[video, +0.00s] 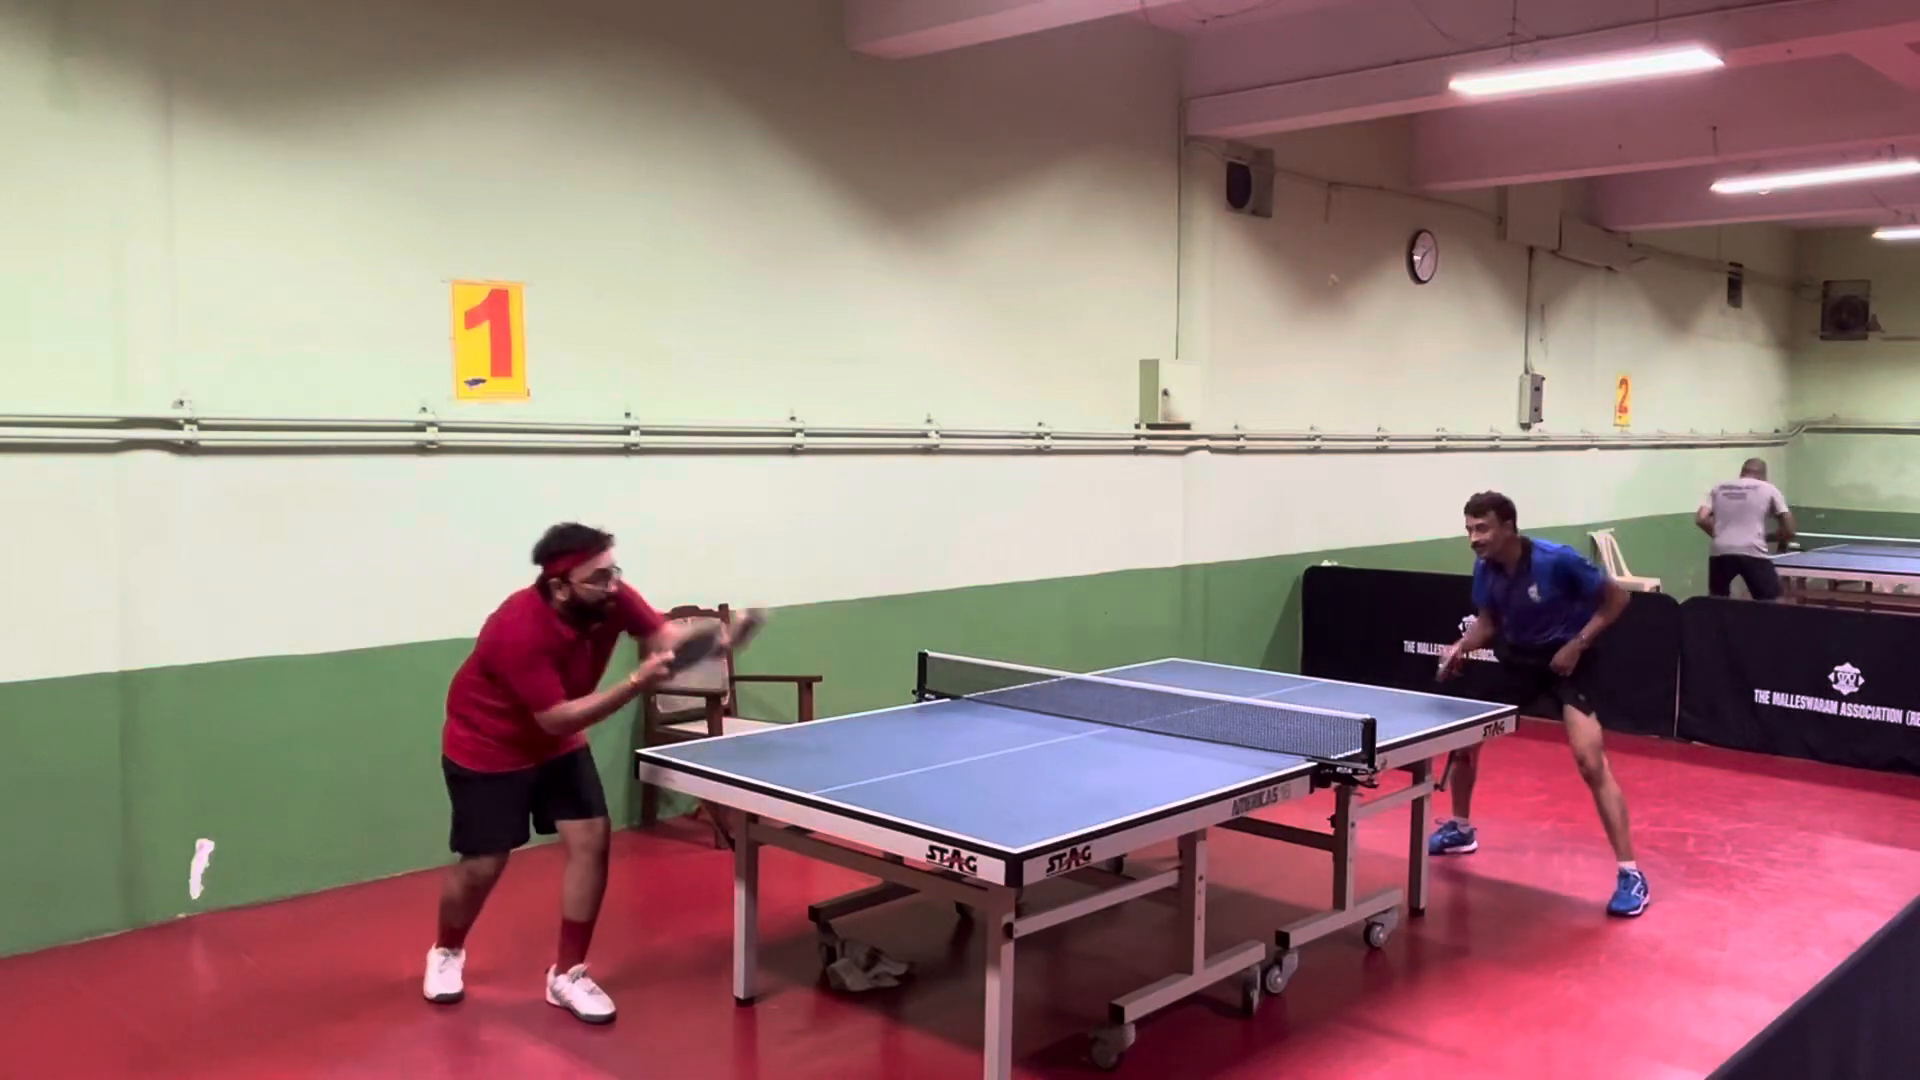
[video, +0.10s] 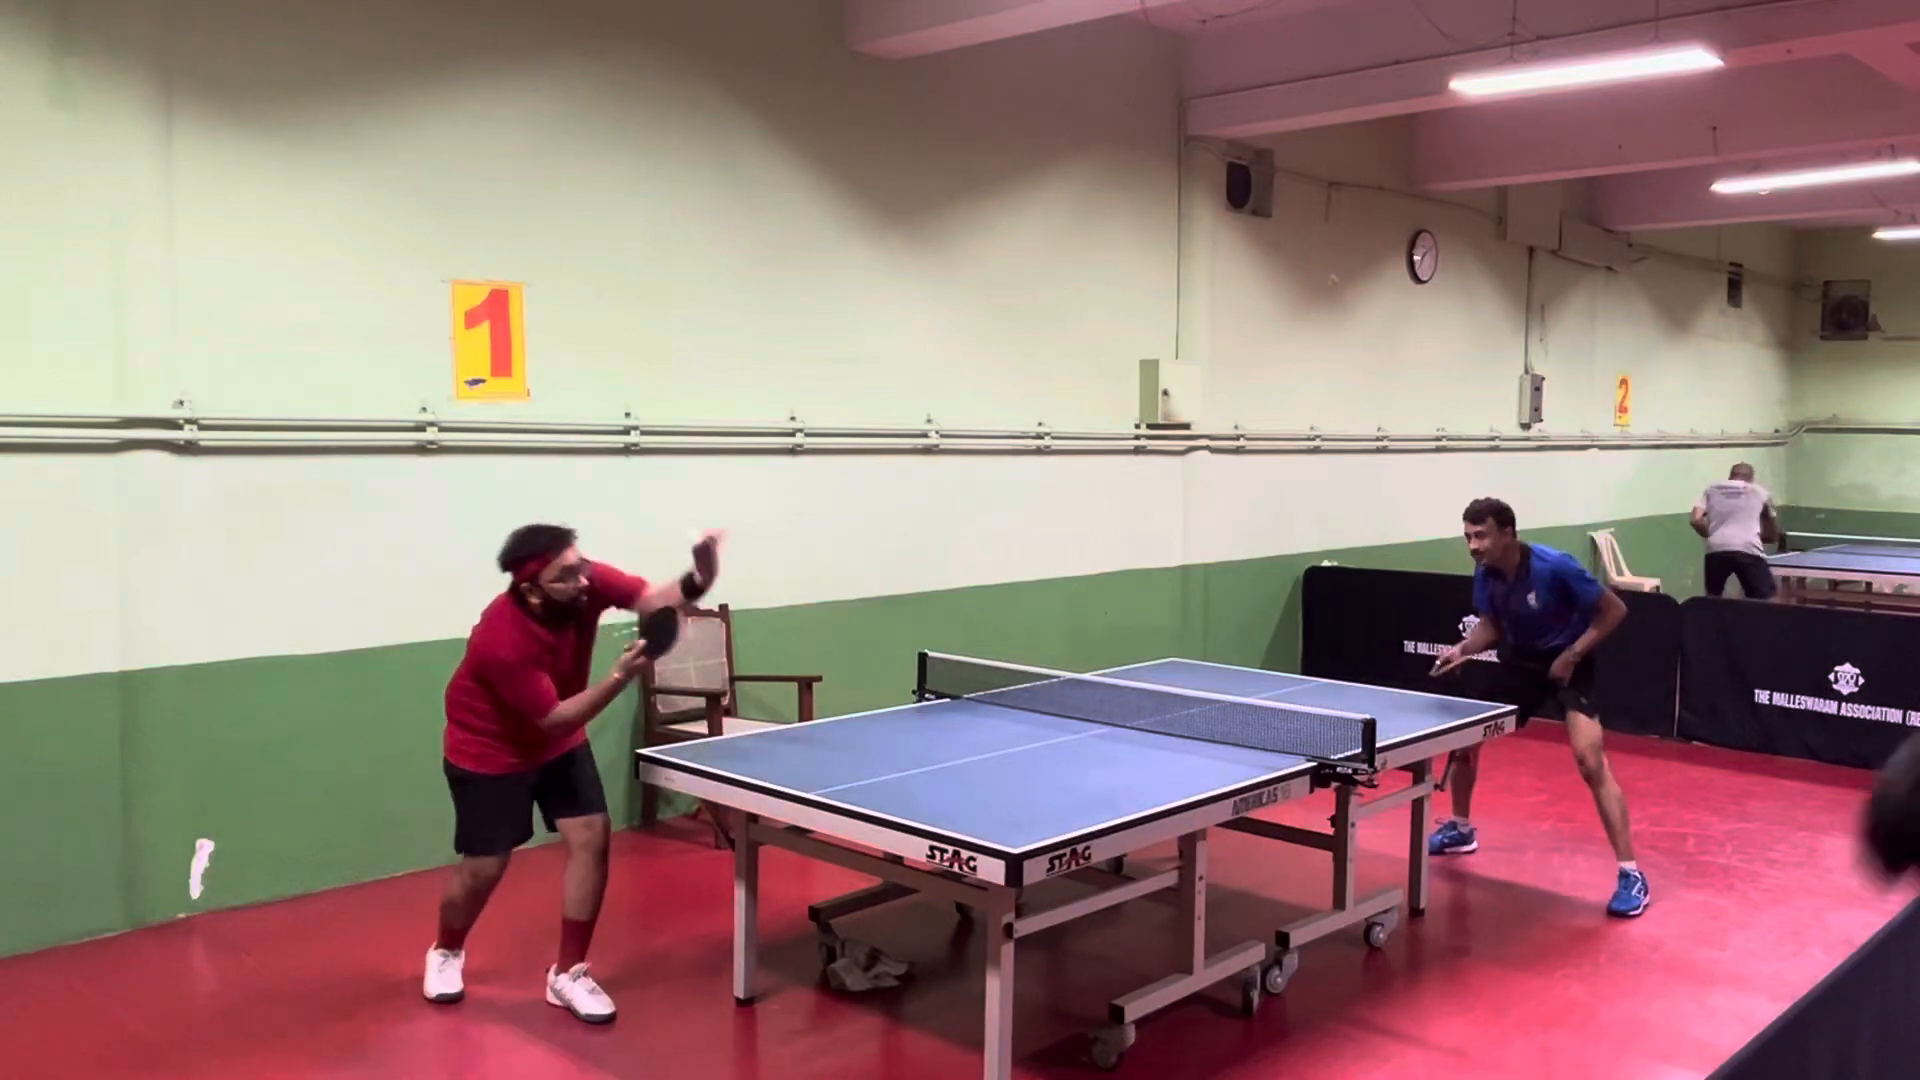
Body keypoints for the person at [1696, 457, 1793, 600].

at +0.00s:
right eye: (1763, 476)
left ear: (1741, 473)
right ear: (1763, 475)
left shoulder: (1719, 487)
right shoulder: (1769, 489)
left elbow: (1701, 519)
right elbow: (1788, 530)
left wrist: (1720, 535)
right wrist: (1779, 538)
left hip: (1721, 554)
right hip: (1753, 554)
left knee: (1717, 606)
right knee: (1770, 606)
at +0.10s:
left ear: (1729, 477)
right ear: (1751, 479)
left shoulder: (1711, 490)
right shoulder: (1761, 494)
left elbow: (1696, 520)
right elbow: (1772, 536)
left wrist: (1712, 535)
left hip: (1716, 553)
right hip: (1749, 552)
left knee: (1712, 602)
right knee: (1764, 603)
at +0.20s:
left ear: (1723, 479)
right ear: (1745, 482)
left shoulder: (1709, 491)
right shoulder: (1754, 498)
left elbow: (1694, 517)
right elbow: (1756, 527)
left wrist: (1699, 540)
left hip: (1713, 550)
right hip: (1747, 550)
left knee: (1707, 598)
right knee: (1765, 602)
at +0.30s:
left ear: (1720, 478)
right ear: (1742, 481)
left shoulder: (1707, 488)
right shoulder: (1753, 497)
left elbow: (1695, 512)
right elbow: (1753, 524)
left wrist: (1692, 538)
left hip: (1715, 549)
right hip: (1748, 548)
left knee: (1705, 597)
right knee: (1768, 598)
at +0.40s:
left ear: (1723, 474)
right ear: (1745, 477)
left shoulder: (1708, 485)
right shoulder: (1755, 492)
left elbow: (1696, 512)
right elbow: (1755, 522)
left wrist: (1692, 539)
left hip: (1717, 547)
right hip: (1750, 547)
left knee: (1708, 598)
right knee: (1771, 597)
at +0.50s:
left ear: (1728, 470)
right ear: (1751, 473)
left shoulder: (1712, 484)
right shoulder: (1761, 491)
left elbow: (1698, 512)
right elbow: (1762, 523)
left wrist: (1698, 541)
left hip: (1721, 546)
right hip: (1755, 546)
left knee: (1710, 596)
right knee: (1775, 597)